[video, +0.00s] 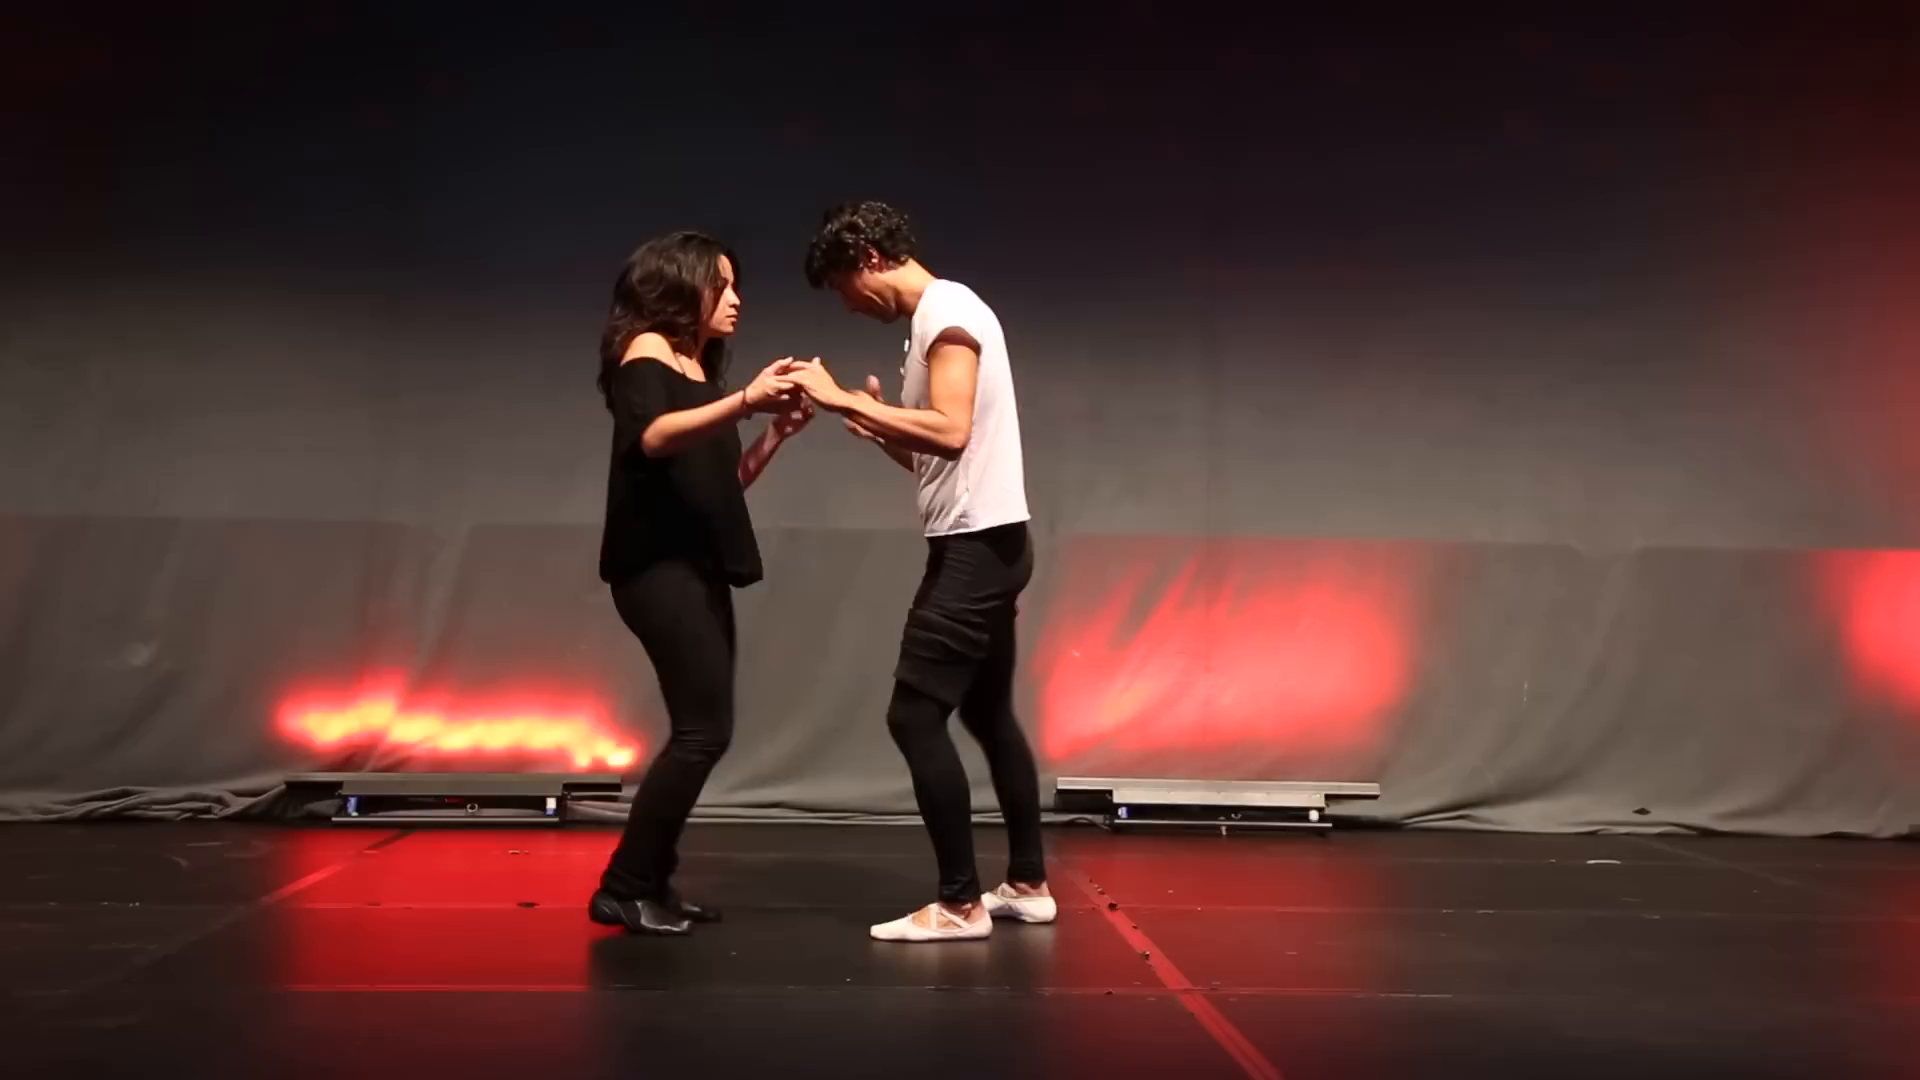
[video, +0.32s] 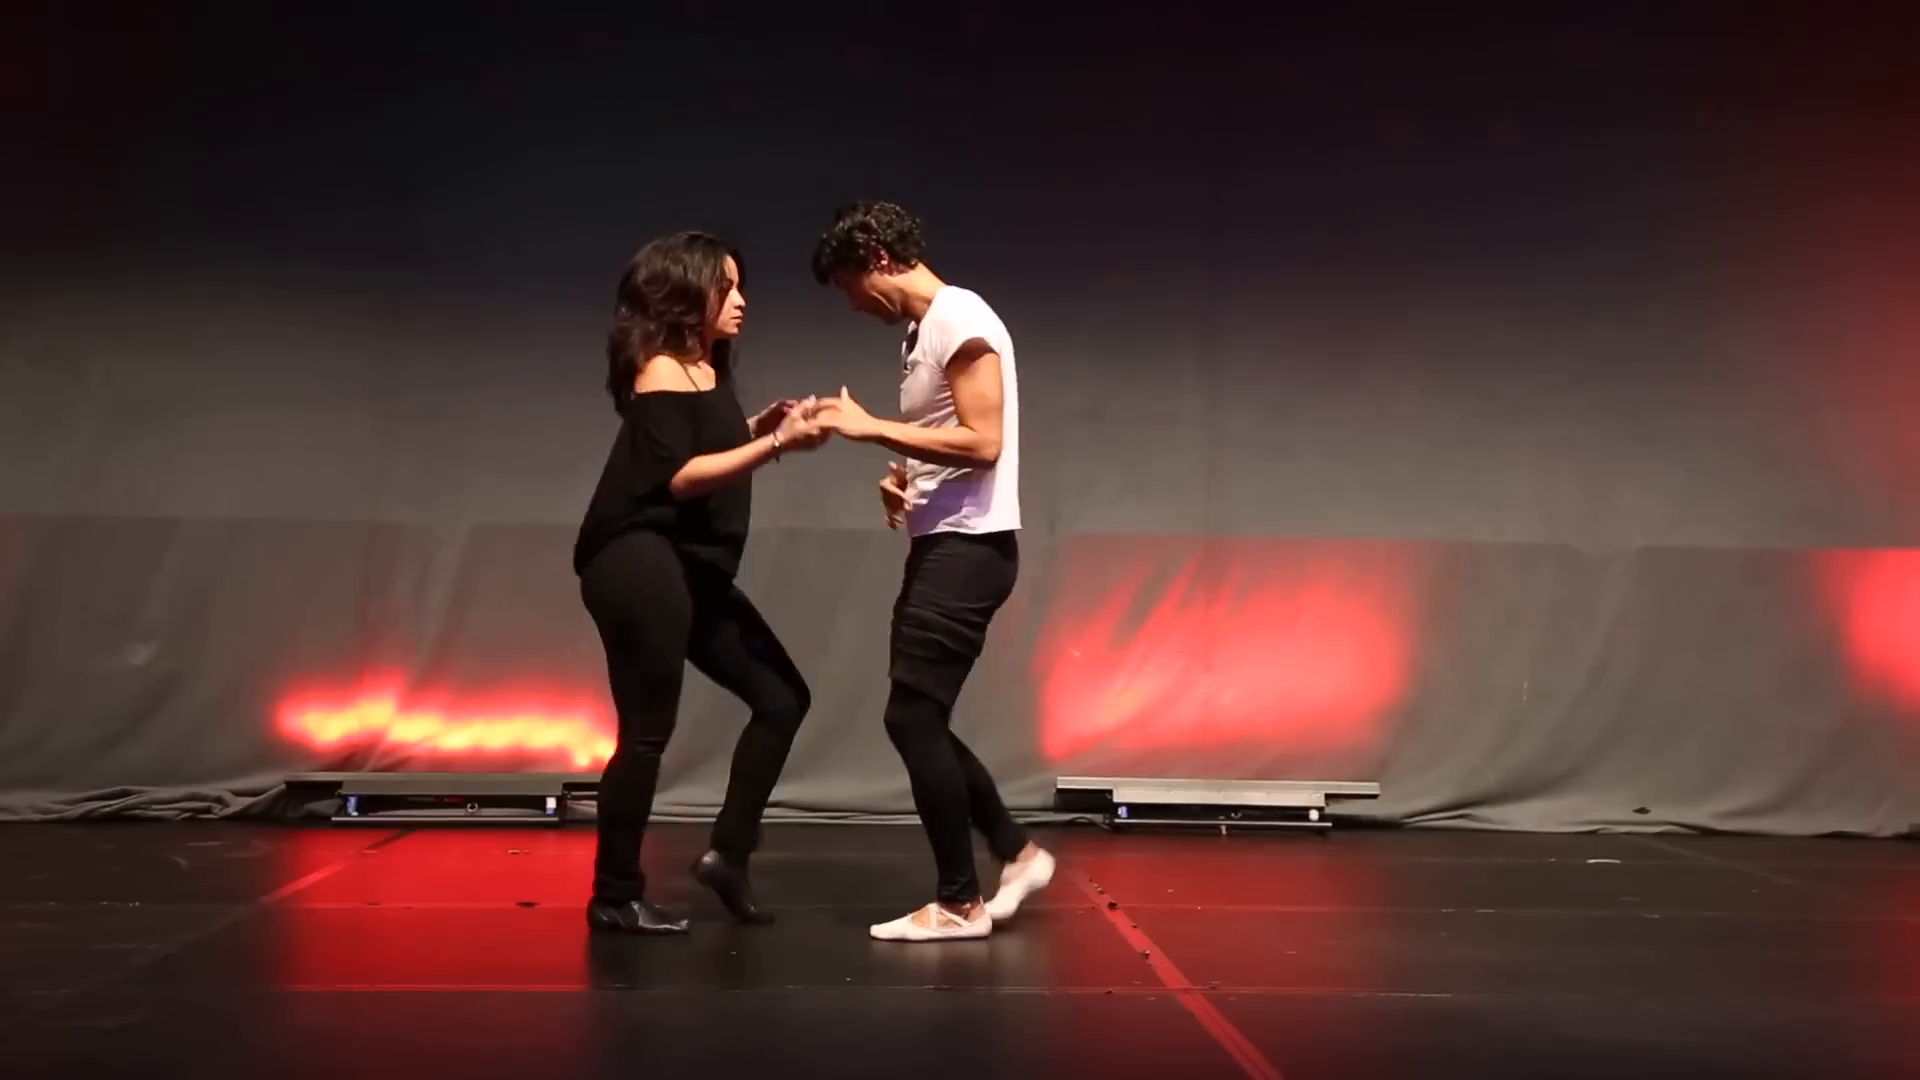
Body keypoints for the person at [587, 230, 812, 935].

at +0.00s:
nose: (734, 299)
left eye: (733, 286)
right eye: (722, 287)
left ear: (702, 295)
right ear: (684, 290)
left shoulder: (695, 366)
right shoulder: (649, 348)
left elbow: (722, 485)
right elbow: (653, 434)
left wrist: (774, 434)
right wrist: (745, 398)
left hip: (697, 568)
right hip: (659, 569)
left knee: (705, 731)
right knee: (700, 731)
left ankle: (650, 885)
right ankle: (622, 891)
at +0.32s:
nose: (739, 300)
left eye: (738, 287)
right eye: (726, 288)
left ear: (709, 299)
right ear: (687, 296)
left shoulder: (708, 366)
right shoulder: (661, 370)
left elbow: (708, 452)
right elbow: (679, 475)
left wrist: (763, 426)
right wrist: (772, 442)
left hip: (687, 569)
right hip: (636, 564)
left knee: (783, 700)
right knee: (645, 732)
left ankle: (727, 857)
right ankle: (614, 897)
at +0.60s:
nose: (745, 298)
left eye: (744, 285)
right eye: (733, 286)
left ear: (689, 299)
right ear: (698, 294)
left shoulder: (690, 365)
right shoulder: (694, 366)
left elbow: (679, 451)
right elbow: (680, 456)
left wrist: (760, 425)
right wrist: (775, 440)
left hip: (695, 575)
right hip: (660, 576)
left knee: (778, 705)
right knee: (686, 731)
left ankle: (719, 861)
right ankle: (618, 895)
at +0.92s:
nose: (732, 299)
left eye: (732, 287)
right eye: (720, 286)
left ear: (687, 292)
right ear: (685, 288)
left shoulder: (688, 360)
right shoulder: (672, 339)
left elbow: (707, 478)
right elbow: (666, 412)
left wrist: (766, 436)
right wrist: (768, 404)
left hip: (679, 571)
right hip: (653, 572)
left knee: (712, 727)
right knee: (702, 735)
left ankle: (695, 884)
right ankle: (618, 897)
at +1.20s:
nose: (730, 299)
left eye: (727, 287)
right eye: (717, 288)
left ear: (685, 302)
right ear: (678, 297)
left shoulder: (681, 372)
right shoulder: (646, 373)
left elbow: (679, 465)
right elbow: (697, 453)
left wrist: (745, 472)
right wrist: (784, 411)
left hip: (675, 575)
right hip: (630, 575)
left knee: (731, 716)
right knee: (679, 731)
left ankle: (663, 879)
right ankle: (616, 899)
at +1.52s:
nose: (732, 297)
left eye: (728, 284)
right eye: (719, 287)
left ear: (675, 304)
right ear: (683, 300)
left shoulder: (662, 373)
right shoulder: (679, 376)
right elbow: (742, 472)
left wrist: (730, 442)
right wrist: (805, 408)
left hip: (660, 562)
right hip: (630, 557)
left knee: (701, 730)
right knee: (633, 725)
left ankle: (633, 883)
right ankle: (605, 896)